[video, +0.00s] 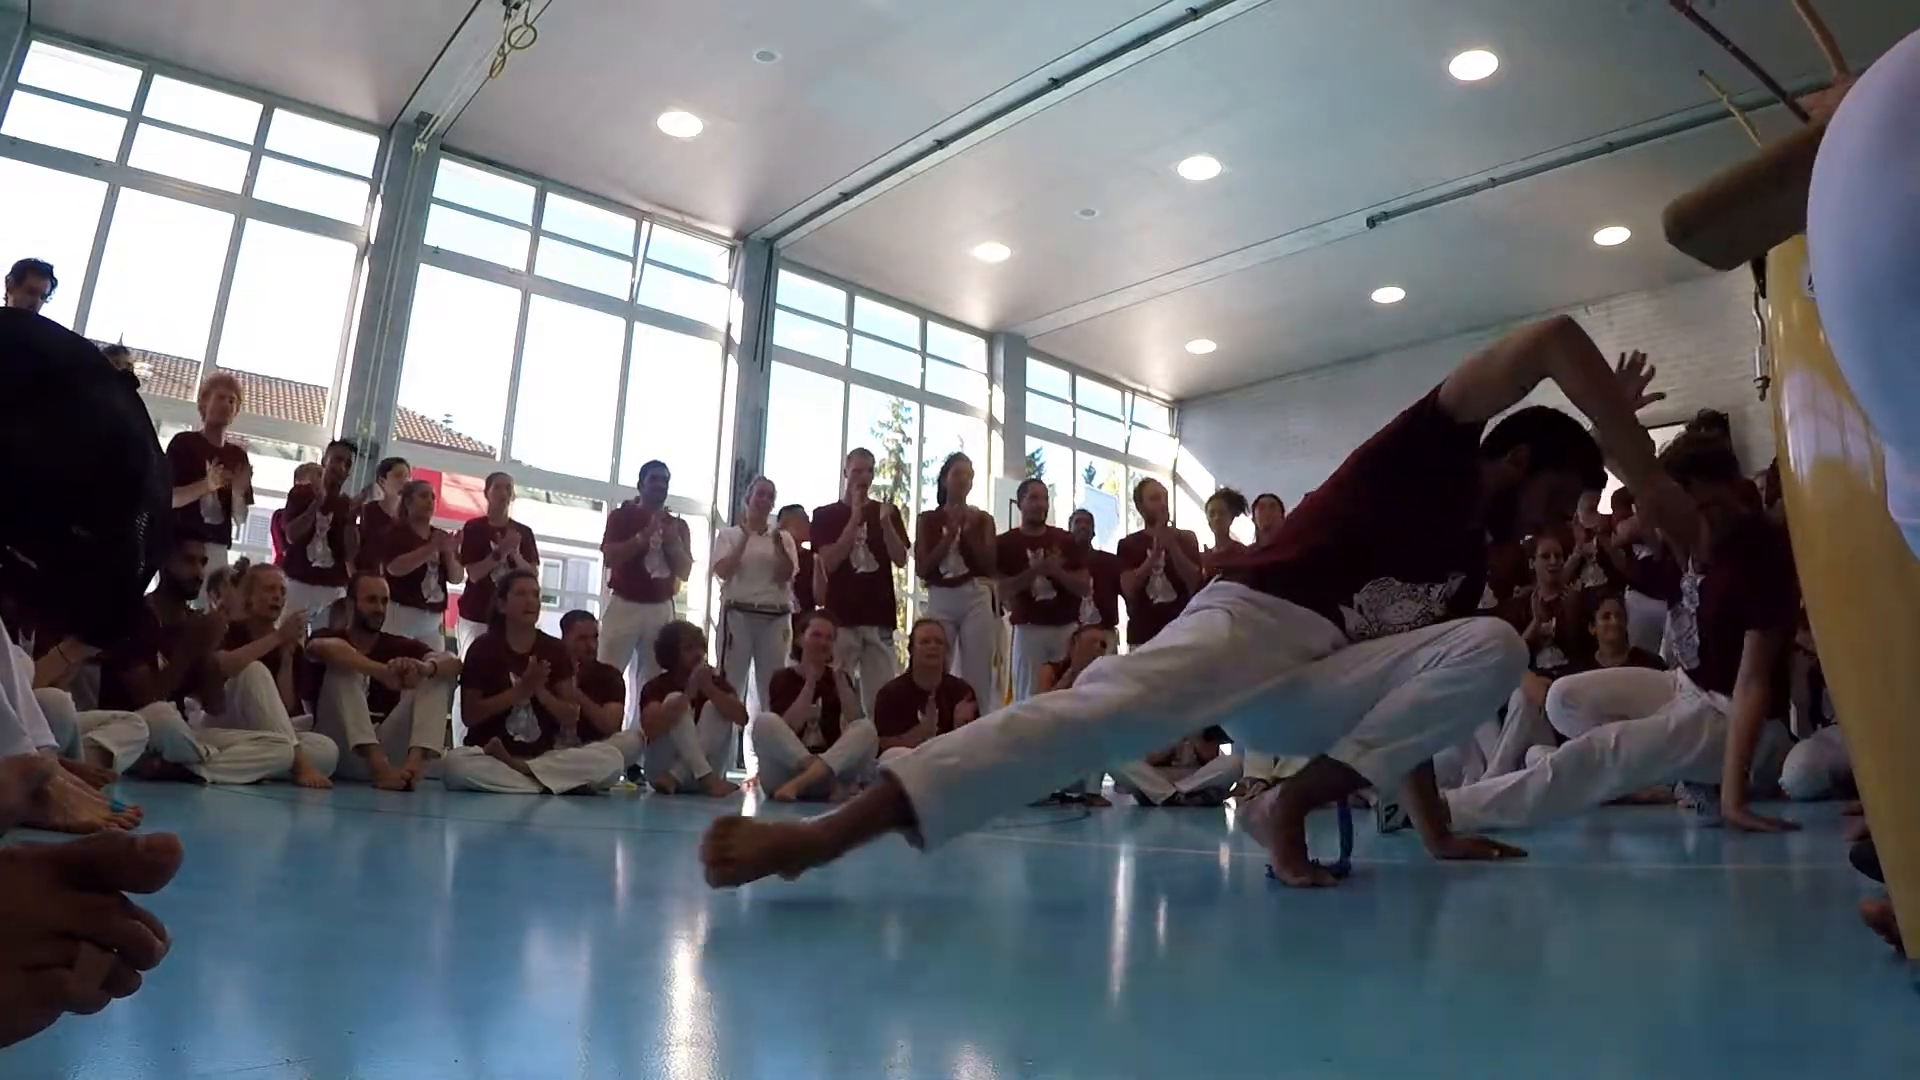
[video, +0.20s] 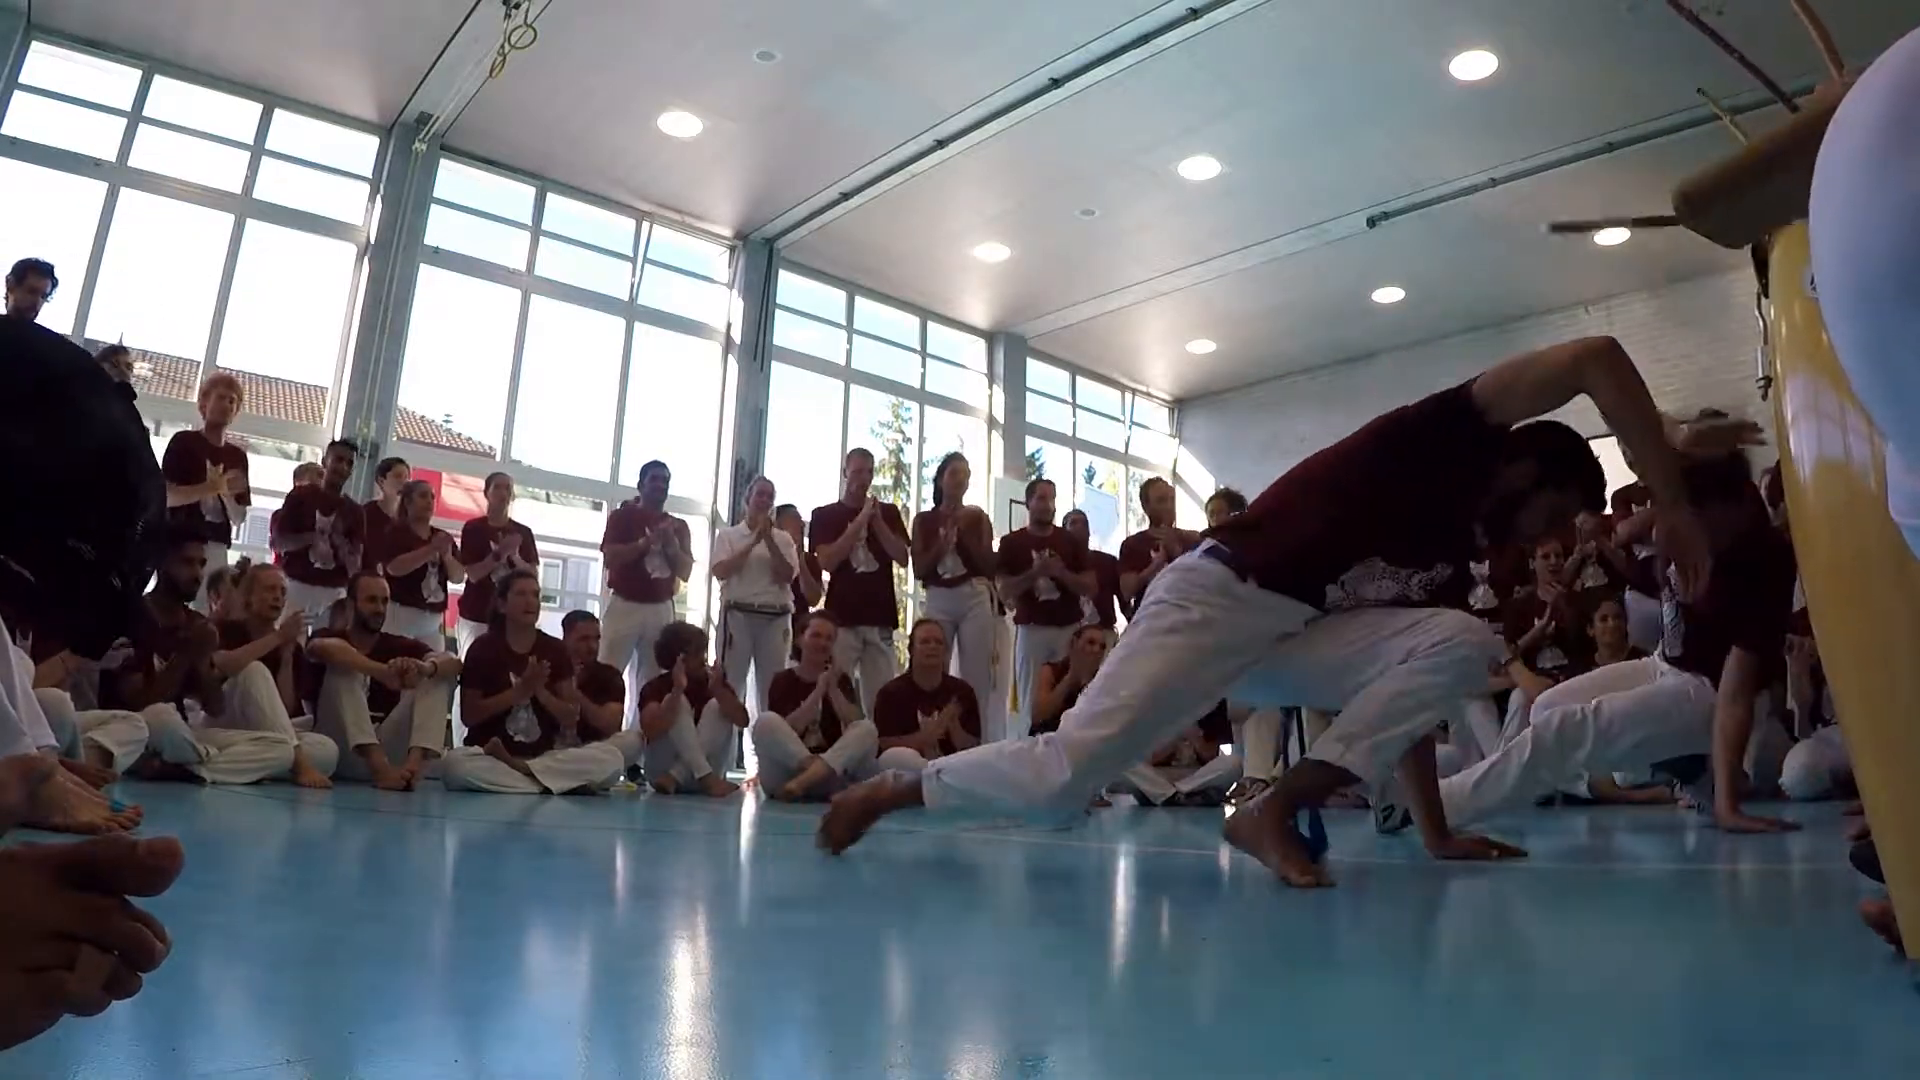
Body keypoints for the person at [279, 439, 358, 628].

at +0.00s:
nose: (341, 468)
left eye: (347, 464)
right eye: (337, 460)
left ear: (351, 471)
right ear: (324, 461)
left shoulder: (346, 504)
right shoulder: (300, 494)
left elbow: (351, 552)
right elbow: (292, 535)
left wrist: (352, 518)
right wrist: (317, 503)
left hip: (333, 586)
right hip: (299, 582)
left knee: (327, 654)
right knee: (288, 646)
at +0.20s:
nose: (343, 467)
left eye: (349, 463)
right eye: (338, 460)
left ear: (352, 470)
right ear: (325, 461)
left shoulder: (355, 511)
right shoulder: (300, 496)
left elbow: (354, 564)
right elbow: (279, 542)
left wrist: (338, 541)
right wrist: (314, 538)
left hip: (335, 590)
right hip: (297, 585)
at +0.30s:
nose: (344, 466)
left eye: (350, 462)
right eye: (339, 458)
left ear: (352, 468)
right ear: (324, 461)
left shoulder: (356, 511)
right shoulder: (297, 498)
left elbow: (358, 555)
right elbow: (272, 541)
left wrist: (350, 561)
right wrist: (300, 548)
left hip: (335, 593)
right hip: (296, 588)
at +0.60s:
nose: (339, 466)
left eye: (344, 462)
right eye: (333, 459)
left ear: (348, 468)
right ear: (320, 462)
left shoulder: (353, 509)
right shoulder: (299, 497)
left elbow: (356, 557)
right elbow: (291, 541)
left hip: (335, 587)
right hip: (299, 582)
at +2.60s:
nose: (339, 475)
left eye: (345, 469)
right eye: (333, 467)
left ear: (349, 473)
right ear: (321, 464)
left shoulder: (354, 510)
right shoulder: (294, 501)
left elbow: (359, 557)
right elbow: (266, 542)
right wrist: (294, 551)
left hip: (337, 592)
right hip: (300, 588)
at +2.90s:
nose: (335, 474)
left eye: (341, 468)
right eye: (330, 466)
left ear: (345, 471)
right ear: (317, 464)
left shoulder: (353, 508)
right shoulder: (296, 499)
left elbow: (354, 555)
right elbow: (292, 547)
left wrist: (346, 529)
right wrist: (320, 533)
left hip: (336, 589)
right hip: (302, 584)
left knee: (331, 654)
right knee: (292, 650)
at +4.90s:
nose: (344, 477)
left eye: (350, 472)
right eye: (339, 469)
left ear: (354, 475)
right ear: (327, 465)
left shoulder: (356, 512)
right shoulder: (298, 497)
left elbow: (359, 558)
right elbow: (272, 542)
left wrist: (351, 554)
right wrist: (305, 538)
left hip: (335, 593)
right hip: (299, 589)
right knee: (289, 654)